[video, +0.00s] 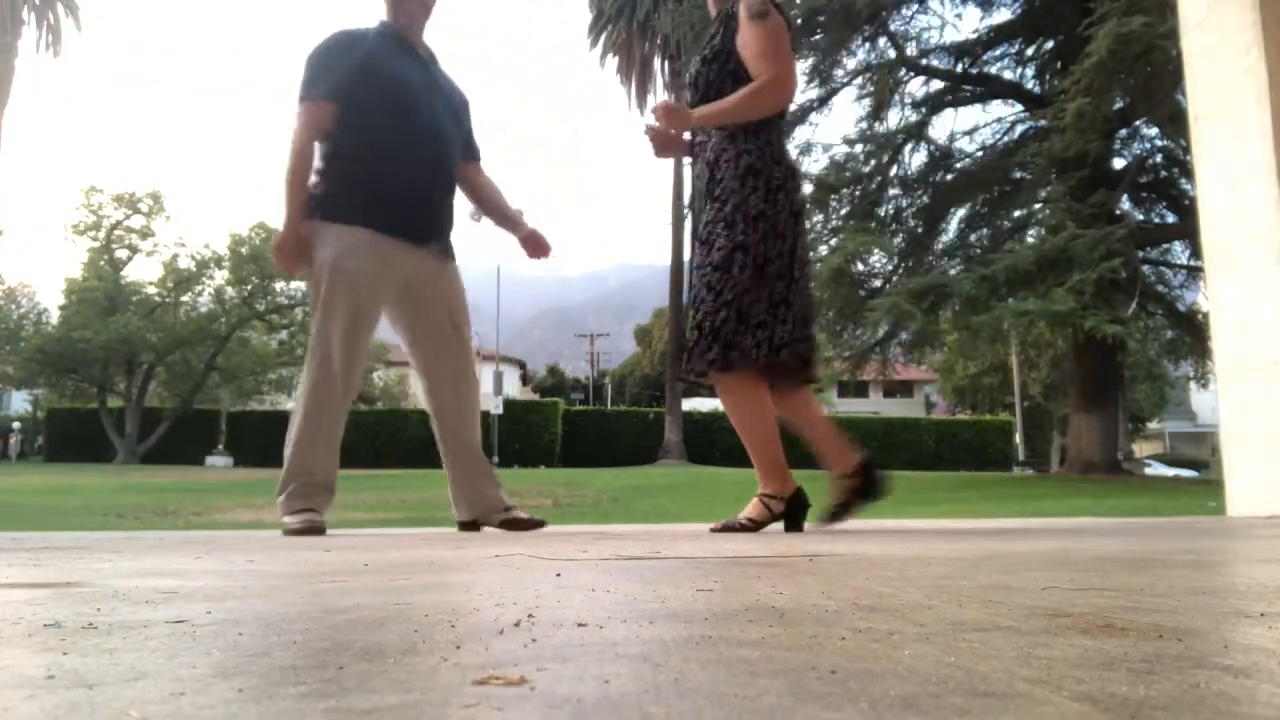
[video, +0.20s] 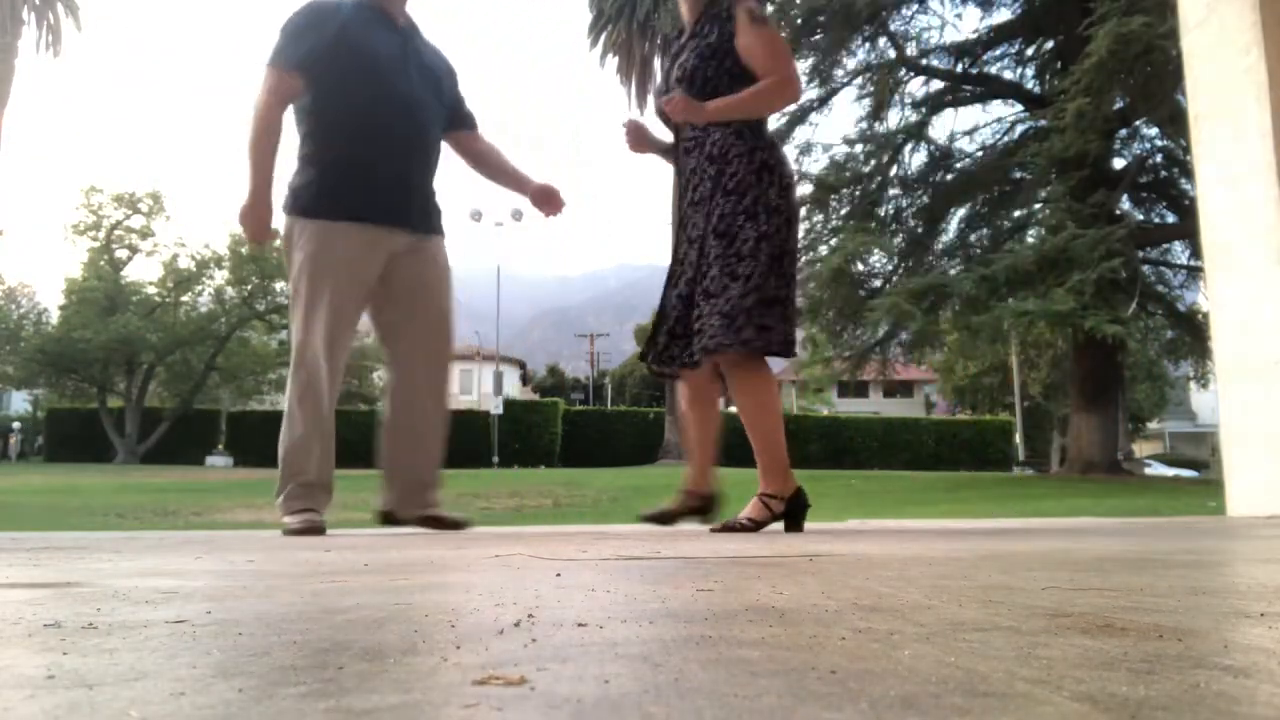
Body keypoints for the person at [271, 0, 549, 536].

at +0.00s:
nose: (418, 1)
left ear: (434, 6)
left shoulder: (449, 93)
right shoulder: (348, 47)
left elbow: (471, 175)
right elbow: (305, 136)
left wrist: (518, 225)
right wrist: (294, 220)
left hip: (428, 252)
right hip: (352, 236)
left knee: (454, 378)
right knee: (331, 372)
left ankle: (480, 505)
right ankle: (303, 504)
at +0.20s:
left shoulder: (432, 60)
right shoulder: (327, 15)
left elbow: (469, 142)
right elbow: (271, 101)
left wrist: (529, 186)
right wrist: (258, 198)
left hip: (415, 229)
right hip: (334, 220)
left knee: (424, 363)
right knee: (317, 362)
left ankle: (410, 503)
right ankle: (303, 503)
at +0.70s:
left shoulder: (425, 46)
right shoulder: (313, 5)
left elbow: (451, 137)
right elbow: (265, 84)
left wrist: (515, 170)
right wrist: (257, 176)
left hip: (400, 224)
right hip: (322, 203)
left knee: (393, 363)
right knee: (294, 345)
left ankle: (368, 505)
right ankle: (234, 498)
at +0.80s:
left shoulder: (407, 46)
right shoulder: (300, 4)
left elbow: (435, 135)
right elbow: (252, 79)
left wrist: (505, 172)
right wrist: (254, 175)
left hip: (389, 224)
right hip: (312, 205)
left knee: (396, 360)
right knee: (280, 354)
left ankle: (368, 505)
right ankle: (220, 505)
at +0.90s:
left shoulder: (392, 35)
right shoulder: (281, 3)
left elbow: (409, 127)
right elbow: (232, 59)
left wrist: (483, 164)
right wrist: (252, 164)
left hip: (378, 221)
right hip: (299, 203)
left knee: (388, 359)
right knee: (268, 352)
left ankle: (367, 504)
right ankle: (222, 505)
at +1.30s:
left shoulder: (357, 26)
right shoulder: (250, 1)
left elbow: (352, 124)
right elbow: (197, 35)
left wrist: (426, 172)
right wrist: (238, 92)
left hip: (330, 193)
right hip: (253, 169)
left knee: (342, 340)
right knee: (243, 337)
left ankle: (340, 505)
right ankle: (218, 505)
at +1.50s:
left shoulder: (354, 27)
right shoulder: (240, 1)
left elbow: (345, 123)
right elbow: (195, 33)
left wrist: (423, 167)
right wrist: (259, 81)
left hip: (332, 192)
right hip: (250, 172)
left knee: (343, 342)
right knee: (250, 334)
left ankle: (341, 503)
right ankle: (220, 504)